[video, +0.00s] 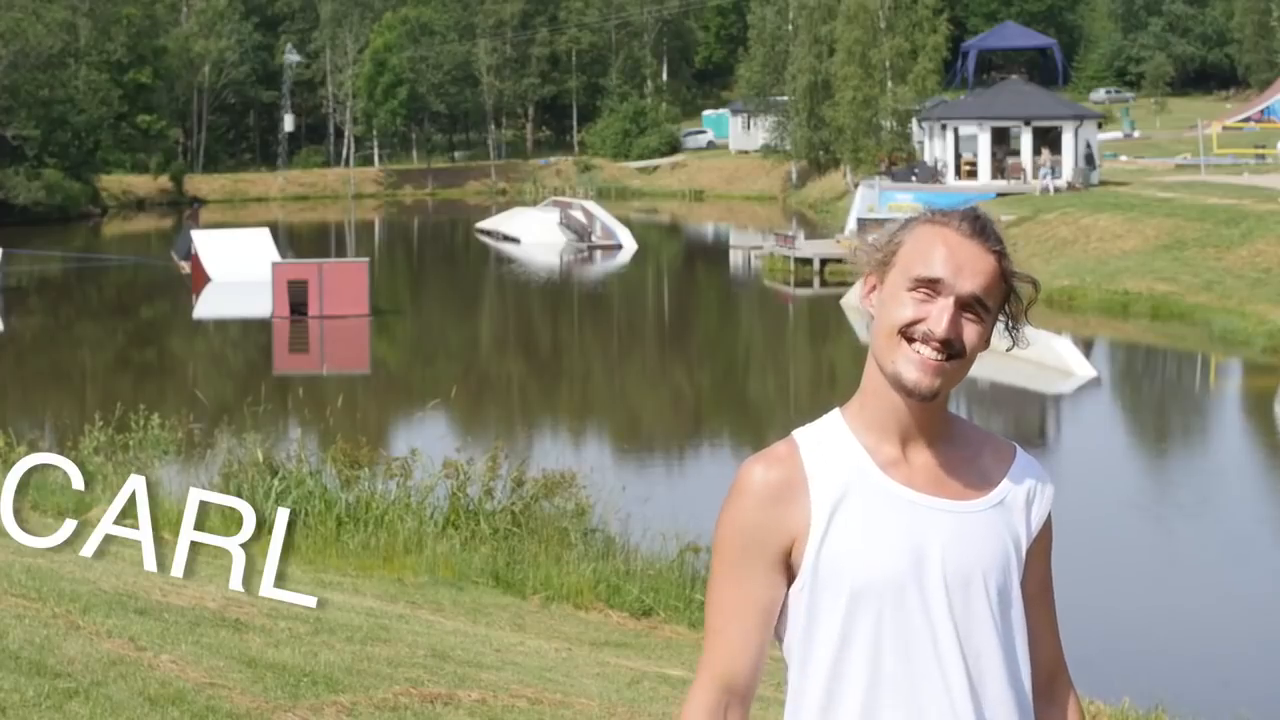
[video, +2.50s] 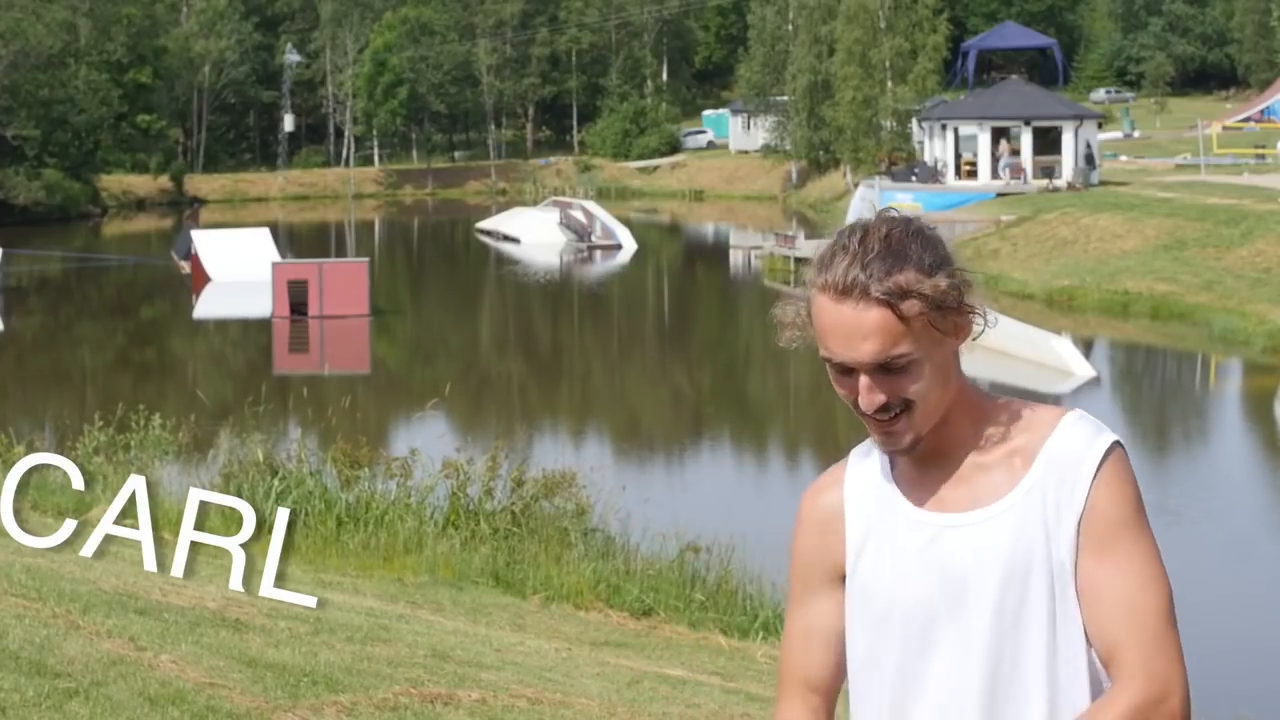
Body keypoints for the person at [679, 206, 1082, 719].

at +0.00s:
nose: (943, 325)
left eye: (973, 309)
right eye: (926, 290)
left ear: (987, 336)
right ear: (872, 293)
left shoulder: (1021, 485)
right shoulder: (780, 485)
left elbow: (1051, 691)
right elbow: (721, 693)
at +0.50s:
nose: (942, 324)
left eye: (969, 305)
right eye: (919, 291)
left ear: (989, 326)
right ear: (869, 296)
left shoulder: (1029, 484)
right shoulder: (786, 481)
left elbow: (1054, 685)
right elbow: (728, 692)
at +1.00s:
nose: (967, 331)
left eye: (992, 305)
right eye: (941, 300)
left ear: (1017, 321)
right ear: (890, 306)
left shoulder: (1053, 498)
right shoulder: (802, 465)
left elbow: (1065, 703)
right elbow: (695, 644)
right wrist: (767, 717)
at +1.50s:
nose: (845, 323)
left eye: (868, 293)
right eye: (814, 298)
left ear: (902, 298)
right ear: (774, 310)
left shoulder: (994, 443)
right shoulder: (757, 457)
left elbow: (1116, 636)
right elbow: (653, 624)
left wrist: (1229, 713)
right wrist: (725, 421)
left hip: (974, 711)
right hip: (795, 711)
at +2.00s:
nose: (778, 348)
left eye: (800, 313)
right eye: (749, 326)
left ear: (858, 296)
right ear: (731, 334)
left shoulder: (988, 455)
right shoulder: (742, 483)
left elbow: (1095, 662)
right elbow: (630, 696)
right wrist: (693, 524)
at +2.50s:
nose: (869, 399)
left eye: (895, 366)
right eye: (842, 370)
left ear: (957, 328)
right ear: (820, 350)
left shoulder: (1079, 464)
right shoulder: (834, 505)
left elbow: (1155, 694)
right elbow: (803, 697)